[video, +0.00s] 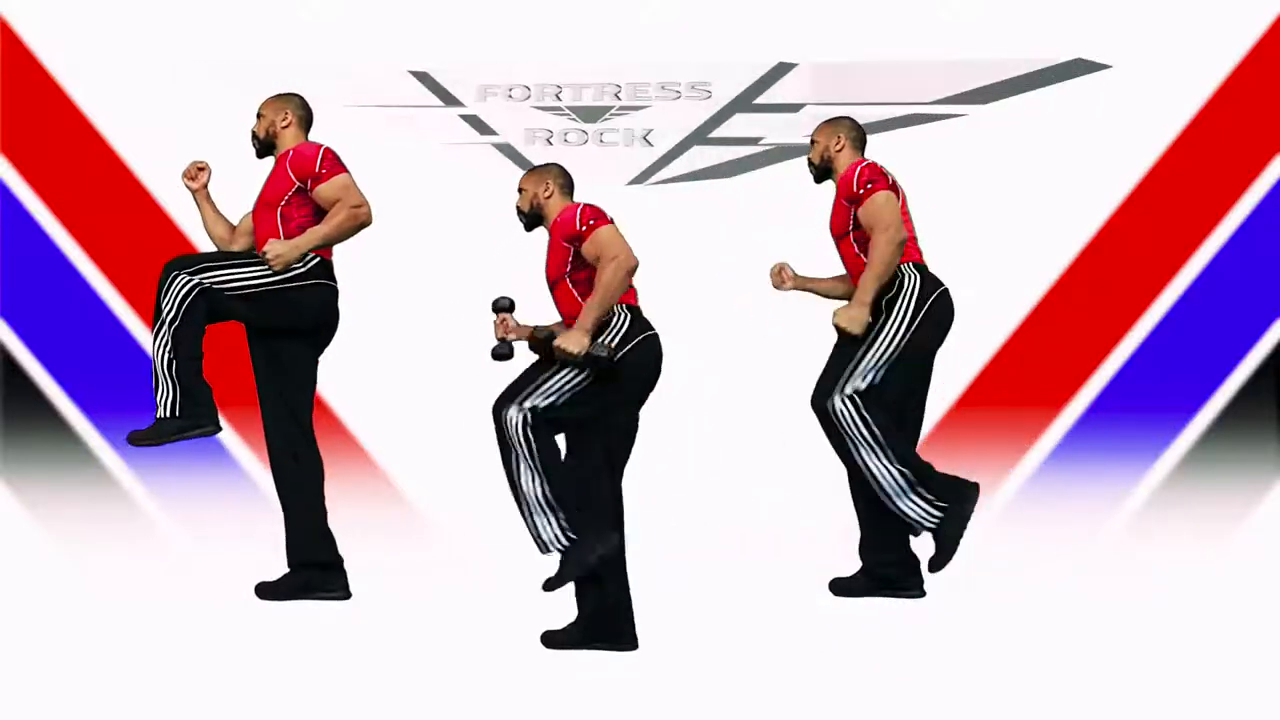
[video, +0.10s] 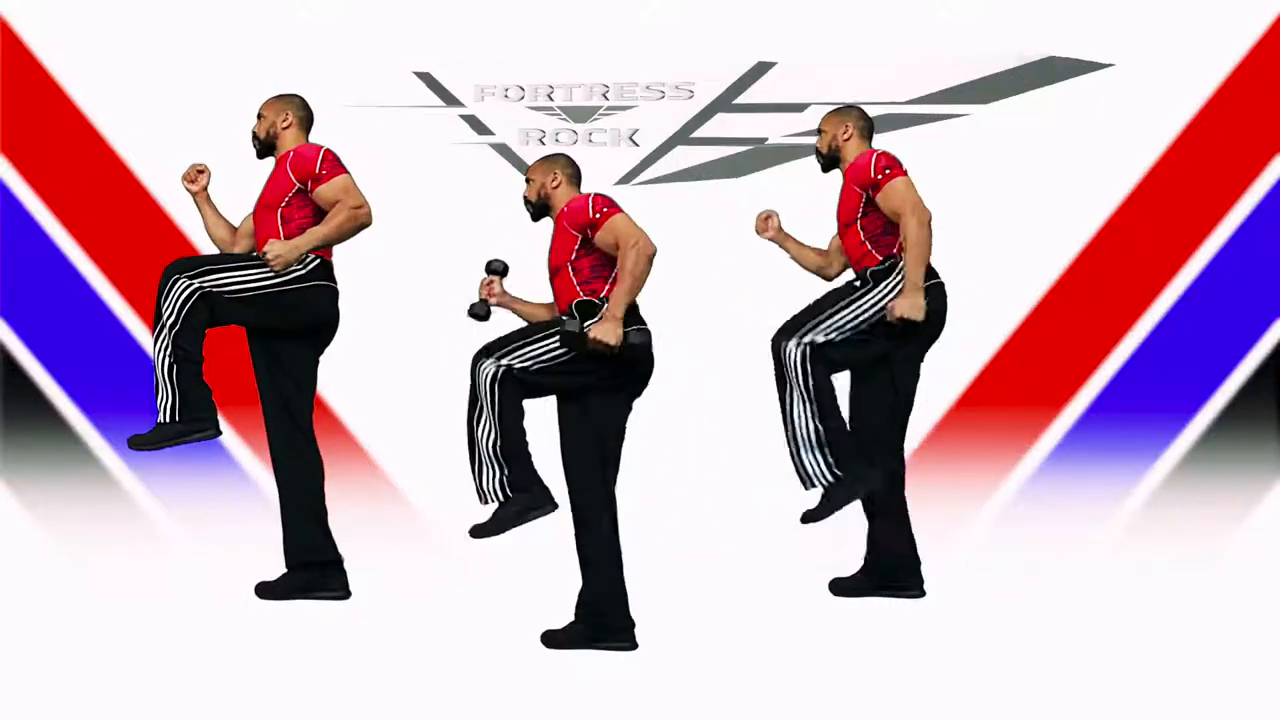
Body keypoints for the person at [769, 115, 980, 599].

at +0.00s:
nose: (809, 154)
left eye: (814, 144)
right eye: (809, 146)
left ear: (839, 143)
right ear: (841, 145)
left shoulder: (862, 173)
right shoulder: (845, 202)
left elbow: (890, 233)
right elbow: (860, 284)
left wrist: (859, 304)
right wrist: (800, 282)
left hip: (907, 294)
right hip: (894, 303)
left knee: (838, 397)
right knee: (874, 431)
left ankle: (940, 502)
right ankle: (889, 567)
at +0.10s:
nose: (817, 143)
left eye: (822, 133)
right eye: (818, 136)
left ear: (847, 131)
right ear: (850, 134)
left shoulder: (873, 162)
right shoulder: (853, 190)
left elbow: (916, 215)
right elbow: (830, 264)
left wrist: (913, 289)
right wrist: (780, 237)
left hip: (896, 285)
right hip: (903, 295)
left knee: (794, 344)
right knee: (877, 439)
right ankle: (893, 568)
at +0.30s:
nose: (825, 134)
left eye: (831, 124)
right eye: (826, 126)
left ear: (857, 123)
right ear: (857, 125)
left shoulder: (880, 156)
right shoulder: (861, 184)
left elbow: (931, 211)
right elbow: (822, 247)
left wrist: (933, 287)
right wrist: (782, 207)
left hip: (892, 273)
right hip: (888, 292)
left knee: (776, 290)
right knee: (871, 434)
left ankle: (790, 419)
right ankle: (892, 567)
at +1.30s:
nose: (781, 185)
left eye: (787, 176)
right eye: (782, 177)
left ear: (814, 172)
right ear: (824, 178)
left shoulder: (824, 207)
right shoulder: (862, 205)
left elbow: (765, 271)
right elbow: (938, 224)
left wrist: (726, 226)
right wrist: (957, 292)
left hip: (916, 308)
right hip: (903, 319)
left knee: (987, 429)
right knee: (866, 433)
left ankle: (1128, 534)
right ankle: (891, 567)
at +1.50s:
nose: (777, 192)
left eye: (784, 182)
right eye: (778, 184)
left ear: (812, 183)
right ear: (817, 186)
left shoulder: (821, 216)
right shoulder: (858, 211)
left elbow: (769, 286)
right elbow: (934, 228)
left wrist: (726, 249)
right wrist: (953, 294)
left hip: (923, 313)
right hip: (910, 323)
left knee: (1004, 433)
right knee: (866, 435)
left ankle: (1141, 537)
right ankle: (892, 566)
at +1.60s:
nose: (776, 195)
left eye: (783, 185)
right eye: (777, 186)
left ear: (811, 185)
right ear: (816, 187)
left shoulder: (821, 217)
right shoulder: (858, 213)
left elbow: (768, 288)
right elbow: (933, 230)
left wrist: (725, 249)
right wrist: (951, 297)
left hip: (922, 314)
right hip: (908, 326)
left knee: (1005, 434)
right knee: (864, 436)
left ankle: (1141, 539)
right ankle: (892, 566)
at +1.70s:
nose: (776, 193)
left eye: (783, 183)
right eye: (777, 185)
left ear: (811, 184)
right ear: (815, 187)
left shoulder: (821, 216)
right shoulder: (856, 213)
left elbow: (768, 288)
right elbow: (930, 230)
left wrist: (724, 248)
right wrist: (950, 300)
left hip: (921, 315)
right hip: (907, 327)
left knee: (1005, 435)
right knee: (863, 438)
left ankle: (1142, 538)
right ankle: (892, 566)